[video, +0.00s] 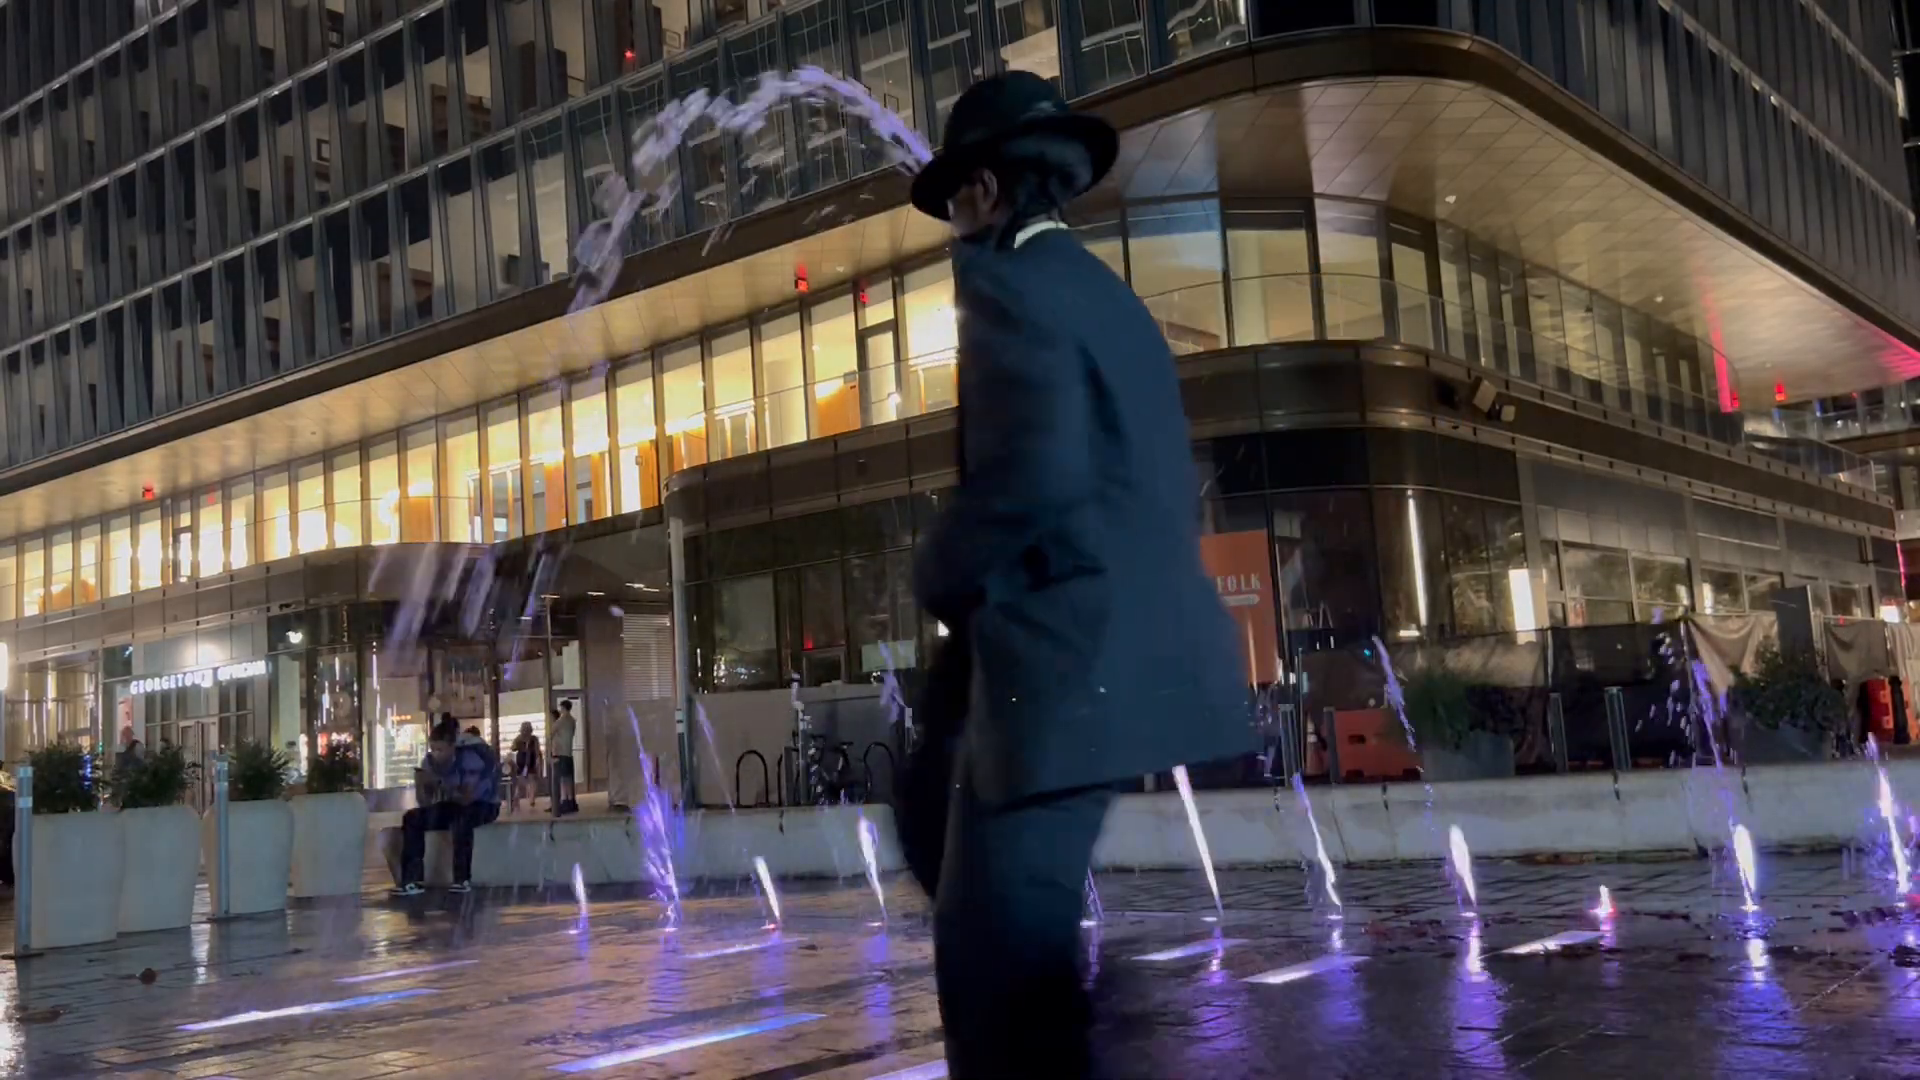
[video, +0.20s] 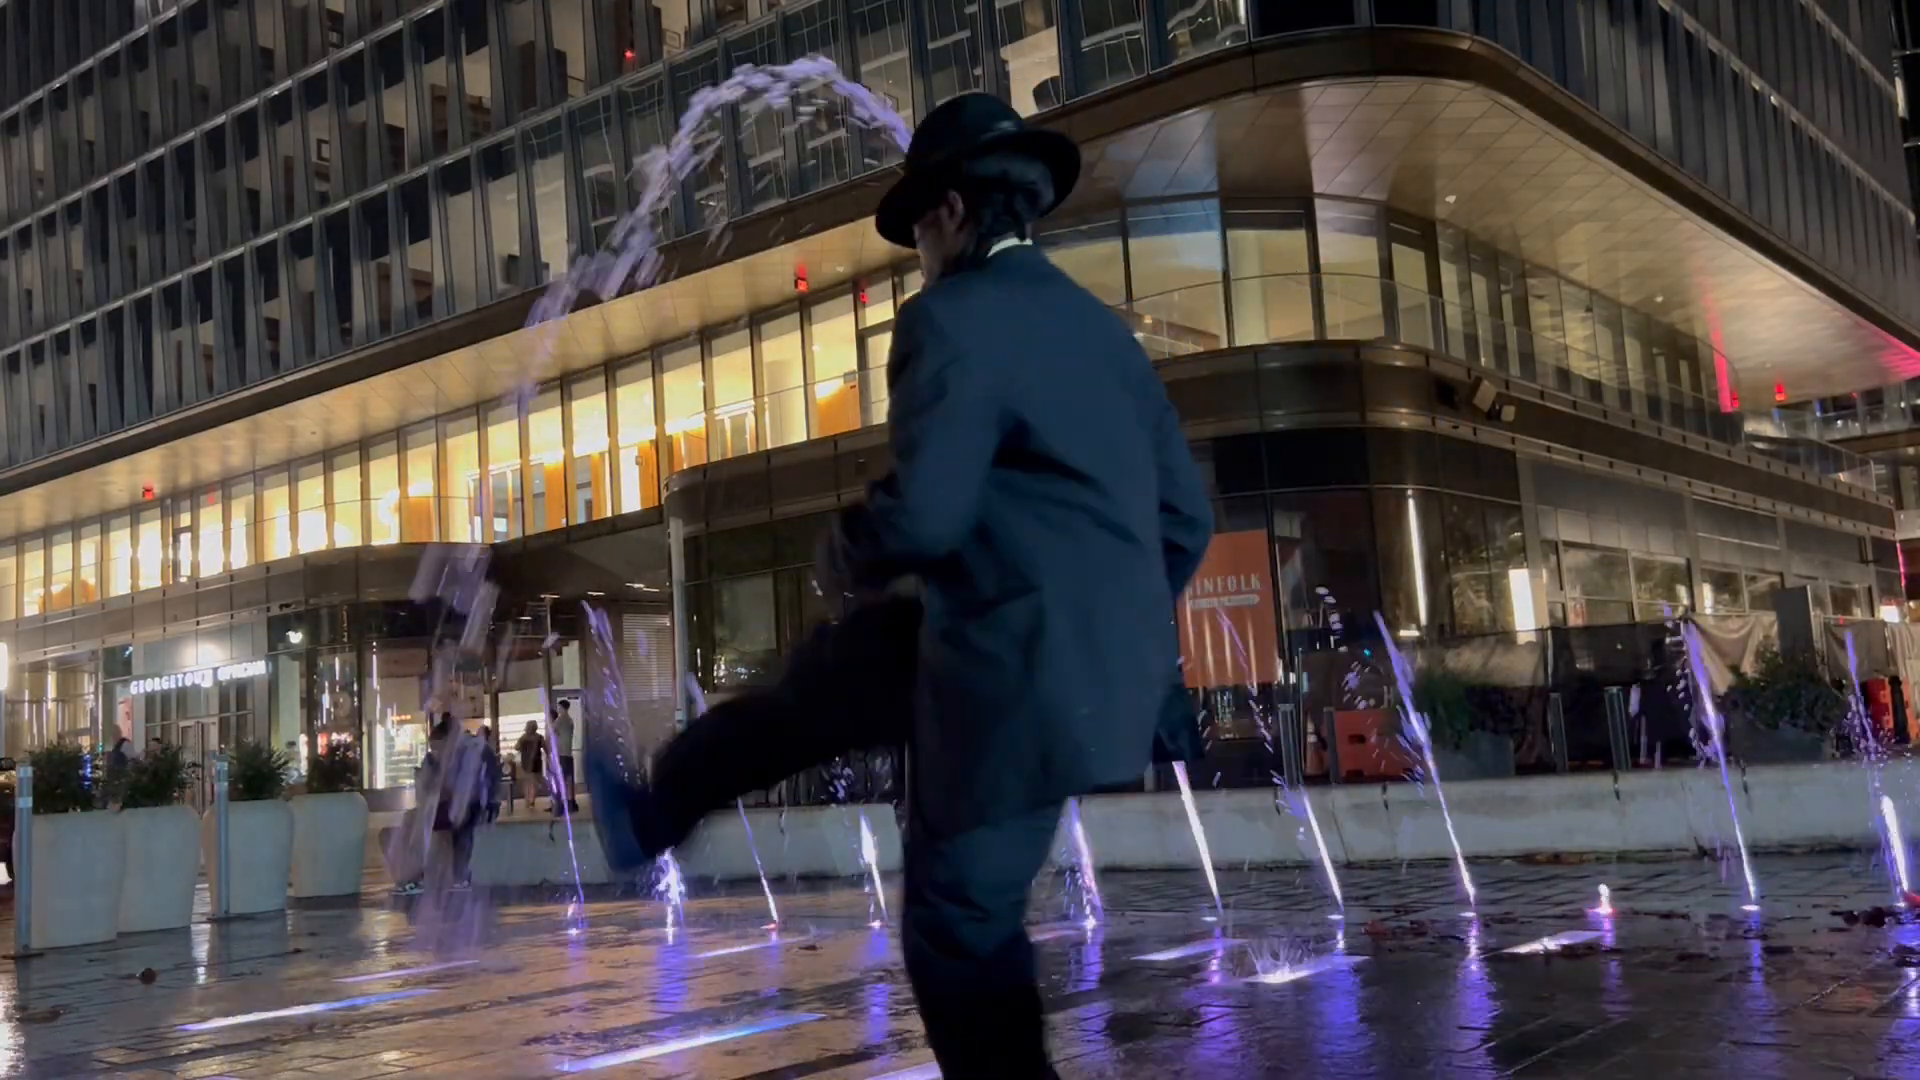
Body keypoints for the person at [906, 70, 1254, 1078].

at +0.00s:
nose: (952, 218)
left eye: (954, 194)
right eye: (951, 197)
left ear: (986, 188)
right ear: (1048, 186)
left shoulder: (1008, 277)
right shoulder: (1100, 288)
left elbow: (1035, 469)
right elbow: (1135, 488)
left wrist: (941, 573)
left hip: (1063, 663)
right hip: (1123, 650)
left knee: (994, 939)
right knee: (1018, 931)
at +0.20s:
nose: (915, 245)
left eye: (917, 222)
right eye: (914, 225)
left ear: (953, 212)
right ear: (1020, 211)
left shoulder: (953, 315)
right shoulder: (1101, 327)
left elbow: (927, 518)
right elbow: (1186, 511)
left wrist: (854, 538)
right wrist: (1121, 614)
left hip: (1017, 669)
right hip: (1110, 661)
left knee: (959, 929)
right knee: (846, 672)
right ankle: (656, 811)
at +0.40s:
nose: (900, 214)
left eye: (902, 191)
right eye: (901, 194)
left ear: (930, 185)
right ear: (1012, 187)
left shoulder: (923, 288)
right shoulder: (1085, 321)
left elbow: (865, 449)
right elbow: (1167, 476)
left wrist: (836, 429)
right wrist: (1223, 611)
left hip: (976, 677)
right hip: (1081, 681)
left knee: (956, 946)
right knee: (816, 825)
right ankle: (907, 1053)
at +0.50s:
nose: (879, 208)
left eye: (883, 189)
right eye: (881, 189)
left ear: (908, 189)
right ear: (986, 197)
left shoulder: (873, 285)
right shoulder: (1064, 318)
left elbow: (821, 444)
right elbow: (1159, 466)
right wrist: (1216, 579)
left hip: (969, 652)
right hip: (1069, 648)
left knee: (936, 939)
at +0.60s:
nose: (846, 239)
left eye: (853, 219)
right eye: (848, 221)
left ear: (880, 220)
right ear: (970, 227)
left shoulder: (828, 324)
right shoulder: (1050, 327)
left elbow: (798, 505)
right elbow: (1159, 485)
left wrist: (858, 586)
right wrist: (1173, 552)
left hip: (953, 661)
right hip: (1081, 649)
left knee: (925, 940)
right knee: (1022, 931)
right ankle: (1040, 1079)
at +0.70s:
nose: (824, 292)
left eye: (828, 269)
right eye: (823, 272)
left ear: (863, 264)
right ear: (939, 256)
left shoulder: (812, 381)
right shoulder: (1052, 346)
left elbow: (744, 578)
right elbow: (1154, 492)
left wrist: (805, 647)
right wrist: (1051, 521)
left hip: (960, 695)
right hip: (1104, 669)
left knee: (940, 964)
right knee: (1053, 959)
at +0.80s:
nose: (802, 324)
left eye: (807, 300)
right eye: (798, 303)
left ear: (856, 292)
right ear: (904, 284)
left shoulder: (856, 379)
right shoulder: (1021, 362)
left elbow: (851, 545)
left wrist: (774, 617)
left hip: (1002, 687)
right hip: (1116, 672)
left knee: (958, 955)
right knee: (1051, 957)